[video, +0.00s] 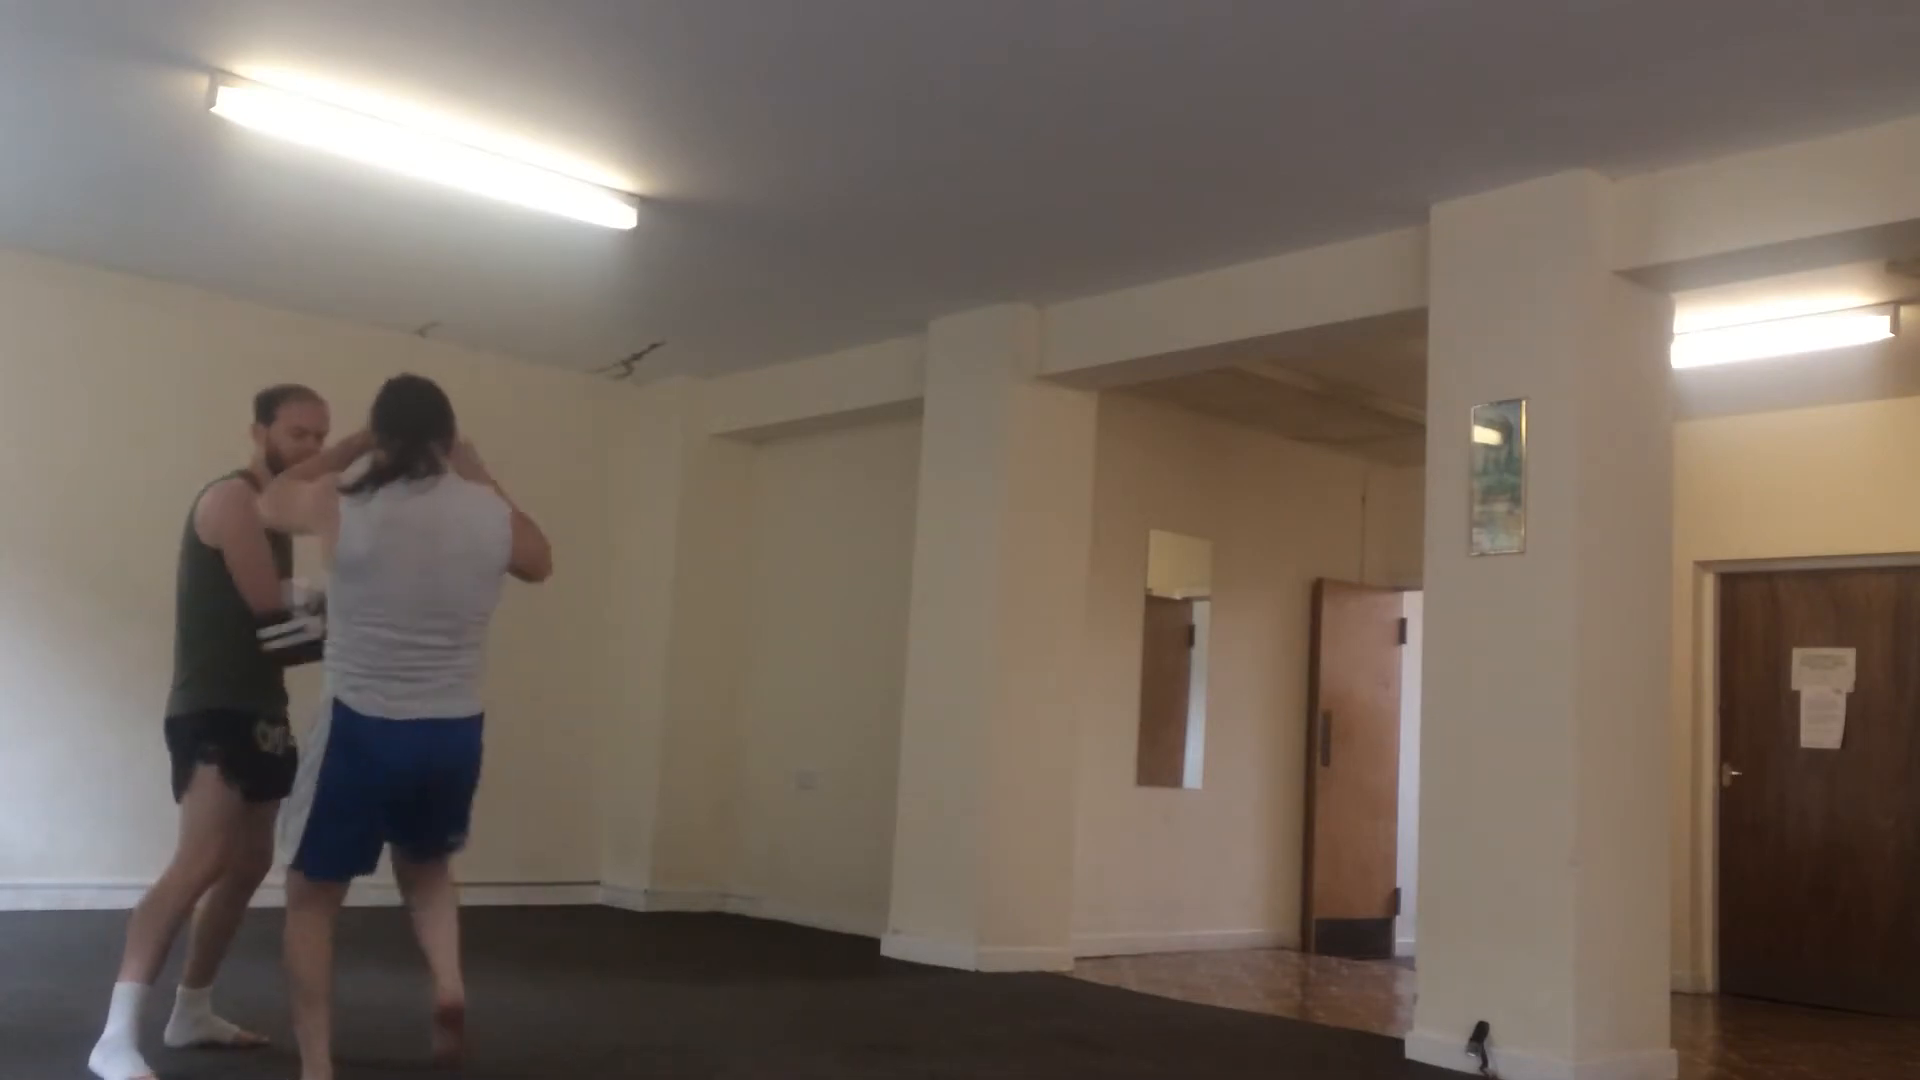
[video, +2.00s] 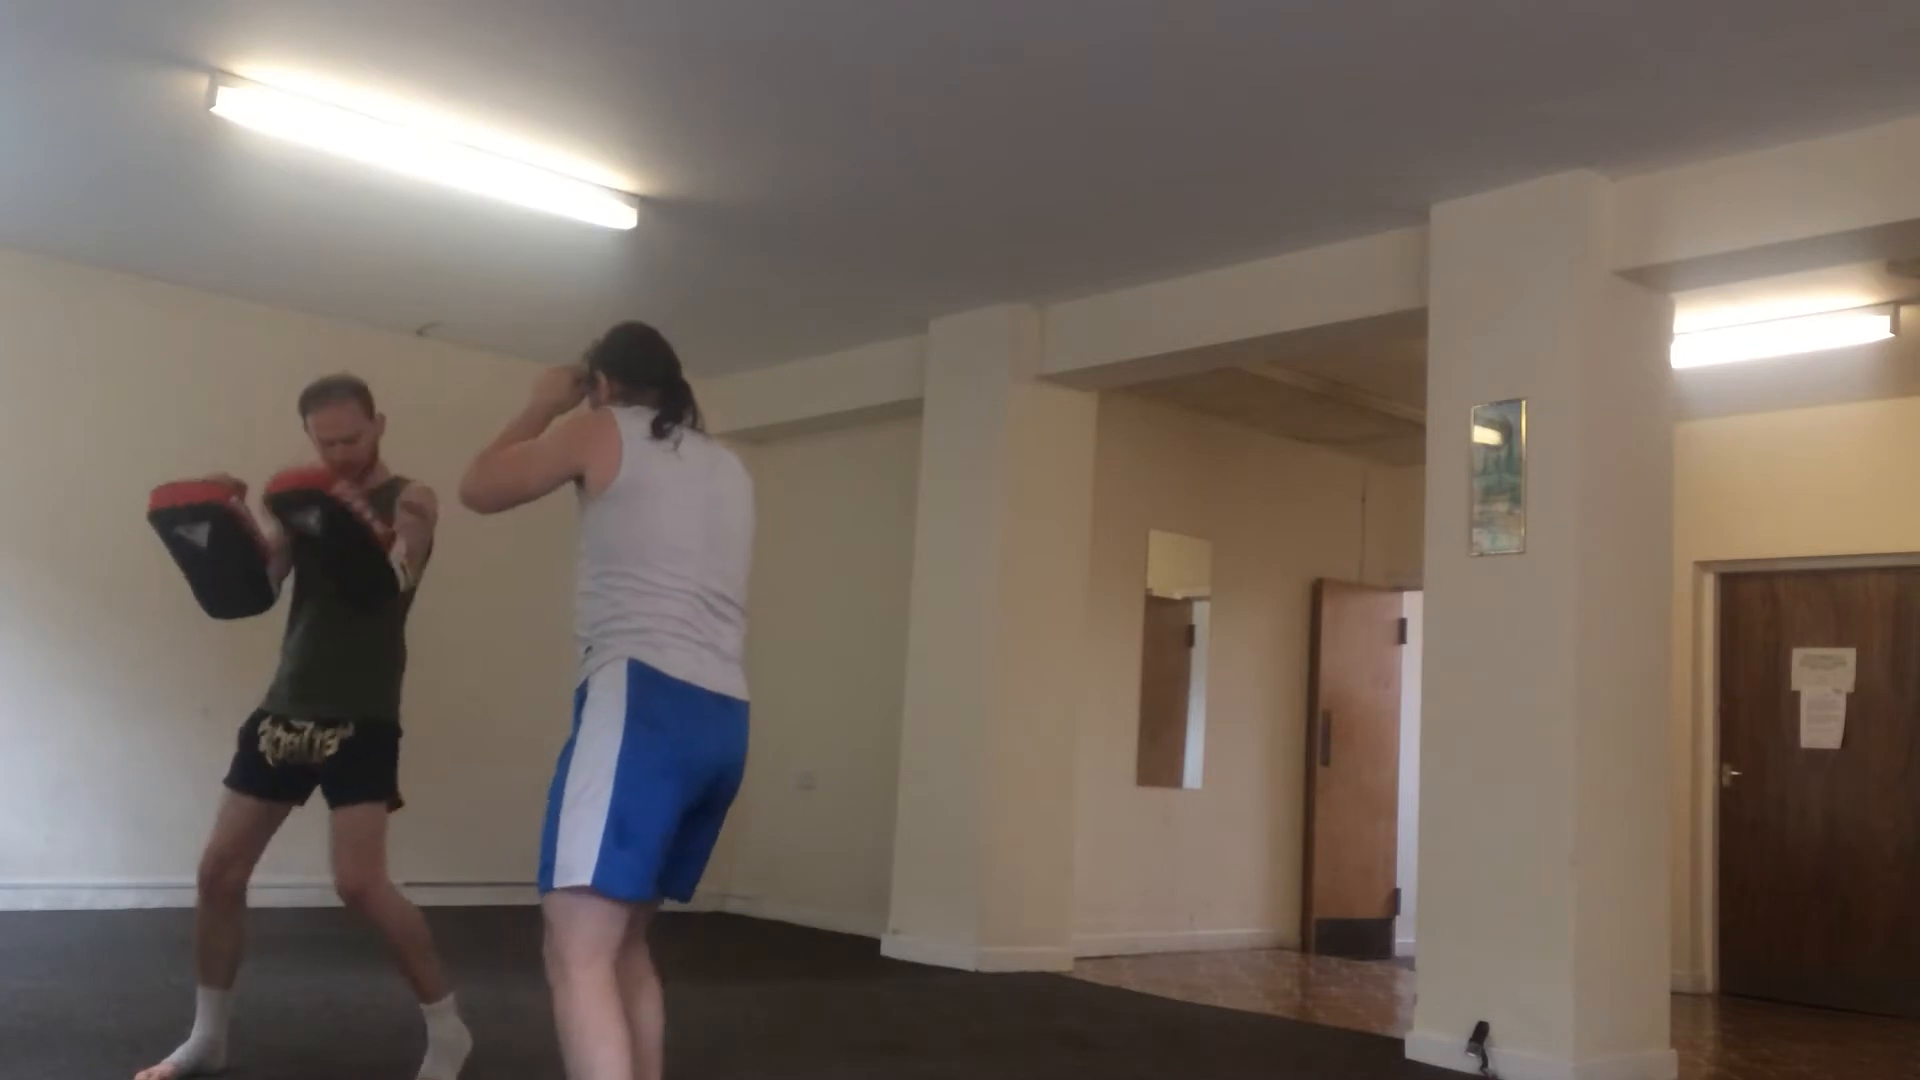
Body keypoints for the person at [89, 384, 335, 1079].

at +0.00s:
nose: (314, 449)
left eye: (321, 437)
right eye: (300, 435)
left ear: (325, 444)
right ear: (262, 435)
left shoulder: (277, 508)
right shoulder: (229, 499)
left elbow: (277, 611)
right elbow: (270, 600)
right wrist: (336, 593)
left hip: (262, 711)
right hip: (216, 711)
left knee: (246, 865)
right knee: (197, 863)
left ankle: (192, 1012)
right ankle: (116, 1037)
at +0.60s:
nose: (320, 452)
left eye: (331, 442)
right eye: (309, 437)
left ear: (340, 441)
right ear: (272, 427)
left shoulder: (339, 512)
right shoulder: (222, 493)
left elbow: (339, 601)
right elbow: (198, 593)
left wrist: (379, 588)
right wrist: (295, 584)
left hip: (295, 712)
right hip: (208, 707)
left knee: (321, 880)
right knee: (182, 874)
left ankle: (258, 990)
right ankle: (169, 1040)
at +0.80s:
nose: (344, 456)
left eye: (356, 447)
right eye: (335, 440)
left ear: (364, 445)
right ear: (299, 425)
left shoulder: (362, 510)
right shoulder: (237, 493)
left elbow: (408, 587)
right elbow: (207, 603)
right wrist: (291, 570)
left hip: (323, 718)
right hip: (230, 713)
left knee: (367, 880)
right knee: (170, 879)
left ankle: (392, 1046)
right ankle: (174, 1043)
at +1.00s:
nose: (375, 455)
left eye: (388, 444)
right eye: (364, 440)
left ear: (405, 441)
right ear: (335, 431)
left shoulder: (403, 506)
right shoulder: (288, 499)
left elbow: (472, 583)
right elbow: (225, 585)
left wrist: (465, 498)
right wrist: (236, 625)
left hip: (386, 726)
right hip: (294, 722)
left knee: (427, 878)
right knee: (215, 886)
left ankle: (398, 1050)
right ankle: (151, 1027)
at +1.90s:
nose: (341, 454)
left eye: (353, 439)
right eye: (326, 442)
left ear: (380, 429)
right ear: (307, 441)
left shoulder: (413, 505)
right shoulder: (290, 499)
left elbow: (393, 580)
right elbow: (259, 581)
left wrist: (380, 506)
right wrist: (232, 528)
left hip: (369, 715)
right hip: (281, 711)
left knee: (388, 879)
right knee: (218, 874)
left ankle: (442, 1040)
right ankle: (207, 1040)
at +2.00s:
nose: (339, 456)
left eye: (349, 440)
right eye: (324, 445)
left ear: (378, 426)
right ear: (307, 440)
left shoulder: (411, 499)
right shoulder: (300, 502)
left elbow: (396, 581)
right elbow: (256, 585)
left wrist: (347, 513)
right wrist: (231, 521)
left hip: (363, 723)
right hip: (284, 715)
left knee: (361, 884)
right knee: (220, 872)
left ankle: (448, 1030)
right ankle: (208, 1038)